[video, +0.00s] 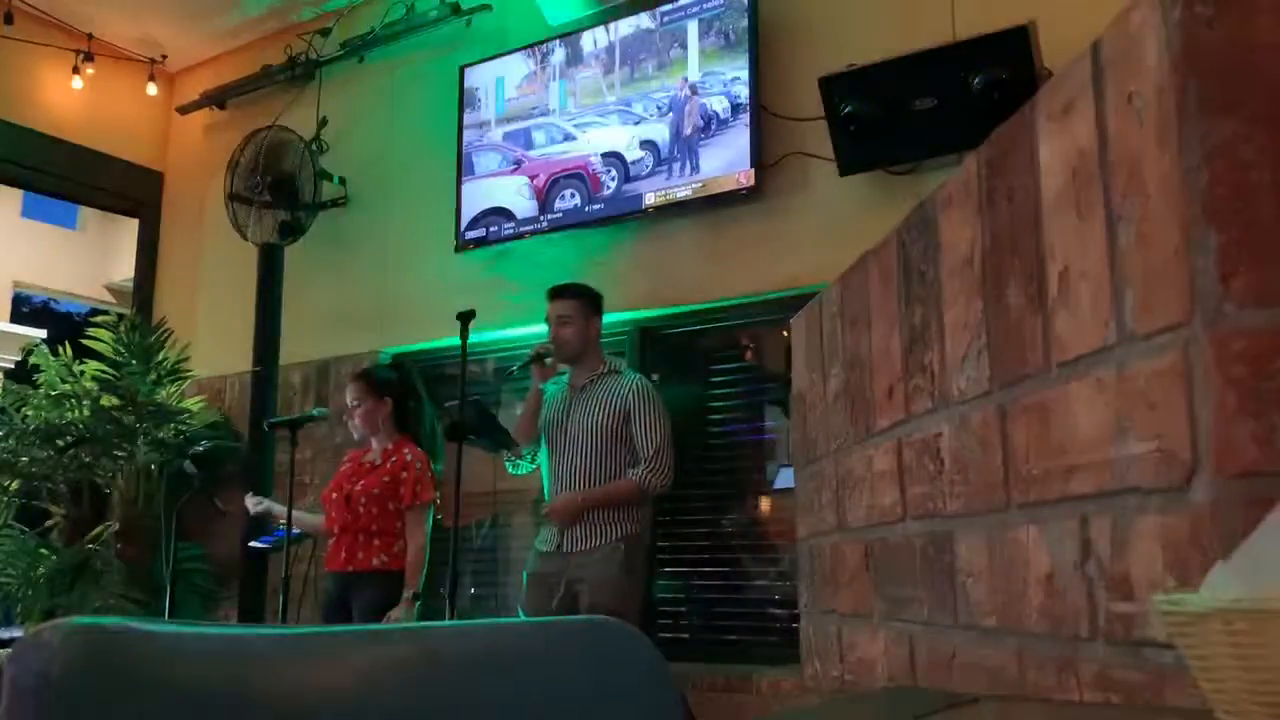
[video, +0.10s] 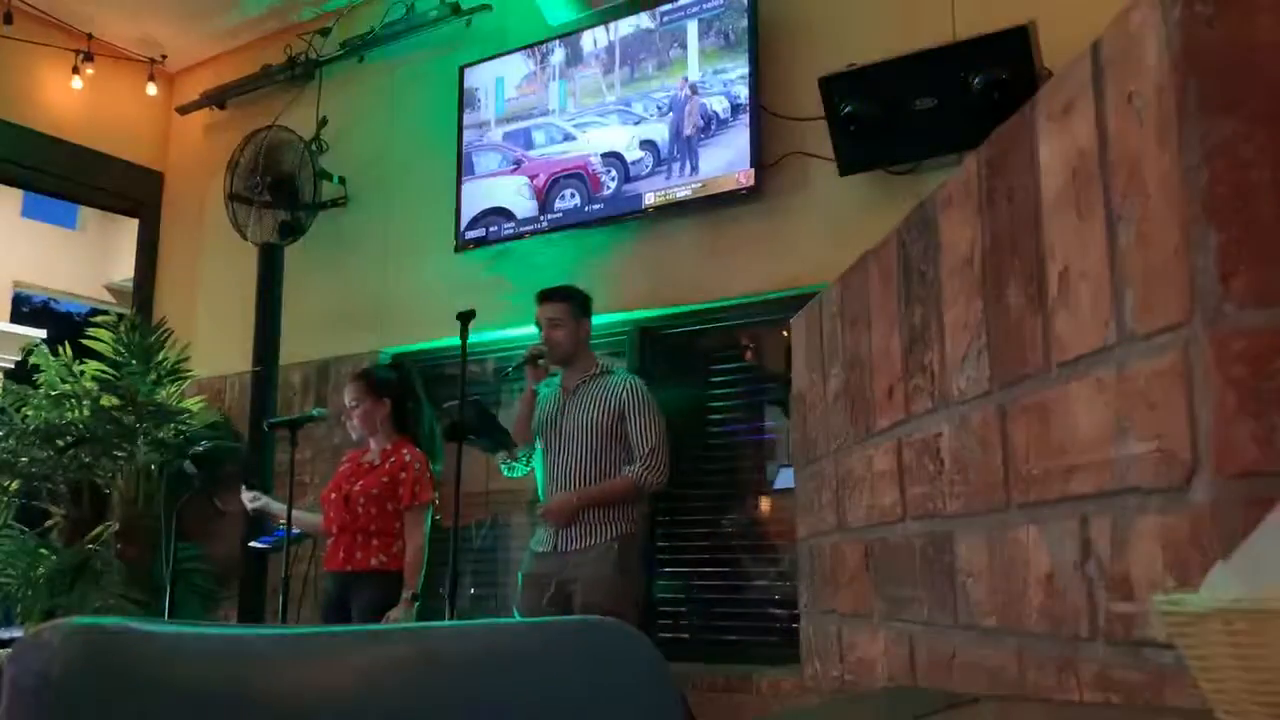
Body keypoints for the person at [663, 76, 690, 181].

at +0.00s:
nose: (681, 85)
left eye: (683, 83)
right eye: (680, 83)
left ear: (686, 84)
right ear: (678, 83)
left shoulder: (688, 97)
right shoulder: (674, 97)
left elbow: (690, 111)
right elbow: (668, 110)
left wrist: (689, 124)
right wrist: (659, 113)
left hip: (684, 124)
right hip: (674, 124)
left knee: (682, 148)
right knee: (671, 149)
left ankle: (682, 170)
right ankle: (669, 172)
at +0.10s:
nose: (681, 84)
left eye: (683, 83)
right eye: (681, 82)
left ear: (686, 84)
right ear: (679, 83)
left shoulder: (688, 97)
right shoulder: (674, 96)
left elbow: (691, 110)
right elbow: (668, 109)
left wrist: (690, 124)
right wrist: (659, 113)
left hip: (684, 123)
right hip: (674, 123)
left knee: (682, 147)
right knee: (671, 148)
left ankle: (682, 170)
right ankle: (669, 171)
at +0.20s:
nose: (681, 84)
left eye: (683, 82)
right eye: (680, 82)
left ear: (686, 84)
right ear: (678, 83)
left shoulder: (688, 97)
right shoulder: (674, 97)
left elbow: (690, 111)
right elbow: (668, 109)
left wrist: (689, 124)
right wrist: (660, 113)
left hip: (684, 123)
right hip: (674, 124)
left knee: (682, 148)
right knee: (671, 148)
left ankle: (682, 170)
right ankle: (668, 171)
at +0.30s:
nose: (681, 85)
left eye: (683, 83)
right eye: (680, 82)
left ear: (686, 84)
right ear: (678, 84)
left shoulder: (688, 97)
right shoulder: (673, 97)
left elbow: (690, 110)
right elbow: (668, 108)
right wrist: (660, 113)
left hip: (684, 124)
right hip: (674, 124)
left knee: (683, 148)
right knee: (671, 148)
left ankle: (682, 170)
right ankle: (668, 172)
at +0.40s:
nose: (681, 84)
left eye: (683, 82)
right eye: (680, 82)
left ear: (686, 84)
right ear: (678, 83)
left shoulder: (688, 96)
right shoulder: (673, 97)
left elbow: (690, 110)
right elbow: (668, 108)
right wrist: (660, 113)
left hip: (684, 123)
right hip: (674, 123)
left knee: (683, 148)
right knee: (671, 148)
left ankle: (682, 170)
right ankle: (669, 171)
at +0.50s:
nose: (680, 85)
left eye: (681, 83)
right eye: (679, 83)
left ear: (684, 84)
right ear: (677, 84)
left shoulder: (687, 96)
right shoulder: (672, 97)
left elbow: (690, 109)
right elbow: (667, 108)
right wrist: (660, 114)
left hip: (684, 124)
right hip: (674, 124)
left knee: (683, 149)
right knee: (672, 149)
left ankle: (682, 170)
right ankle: (671, 173)